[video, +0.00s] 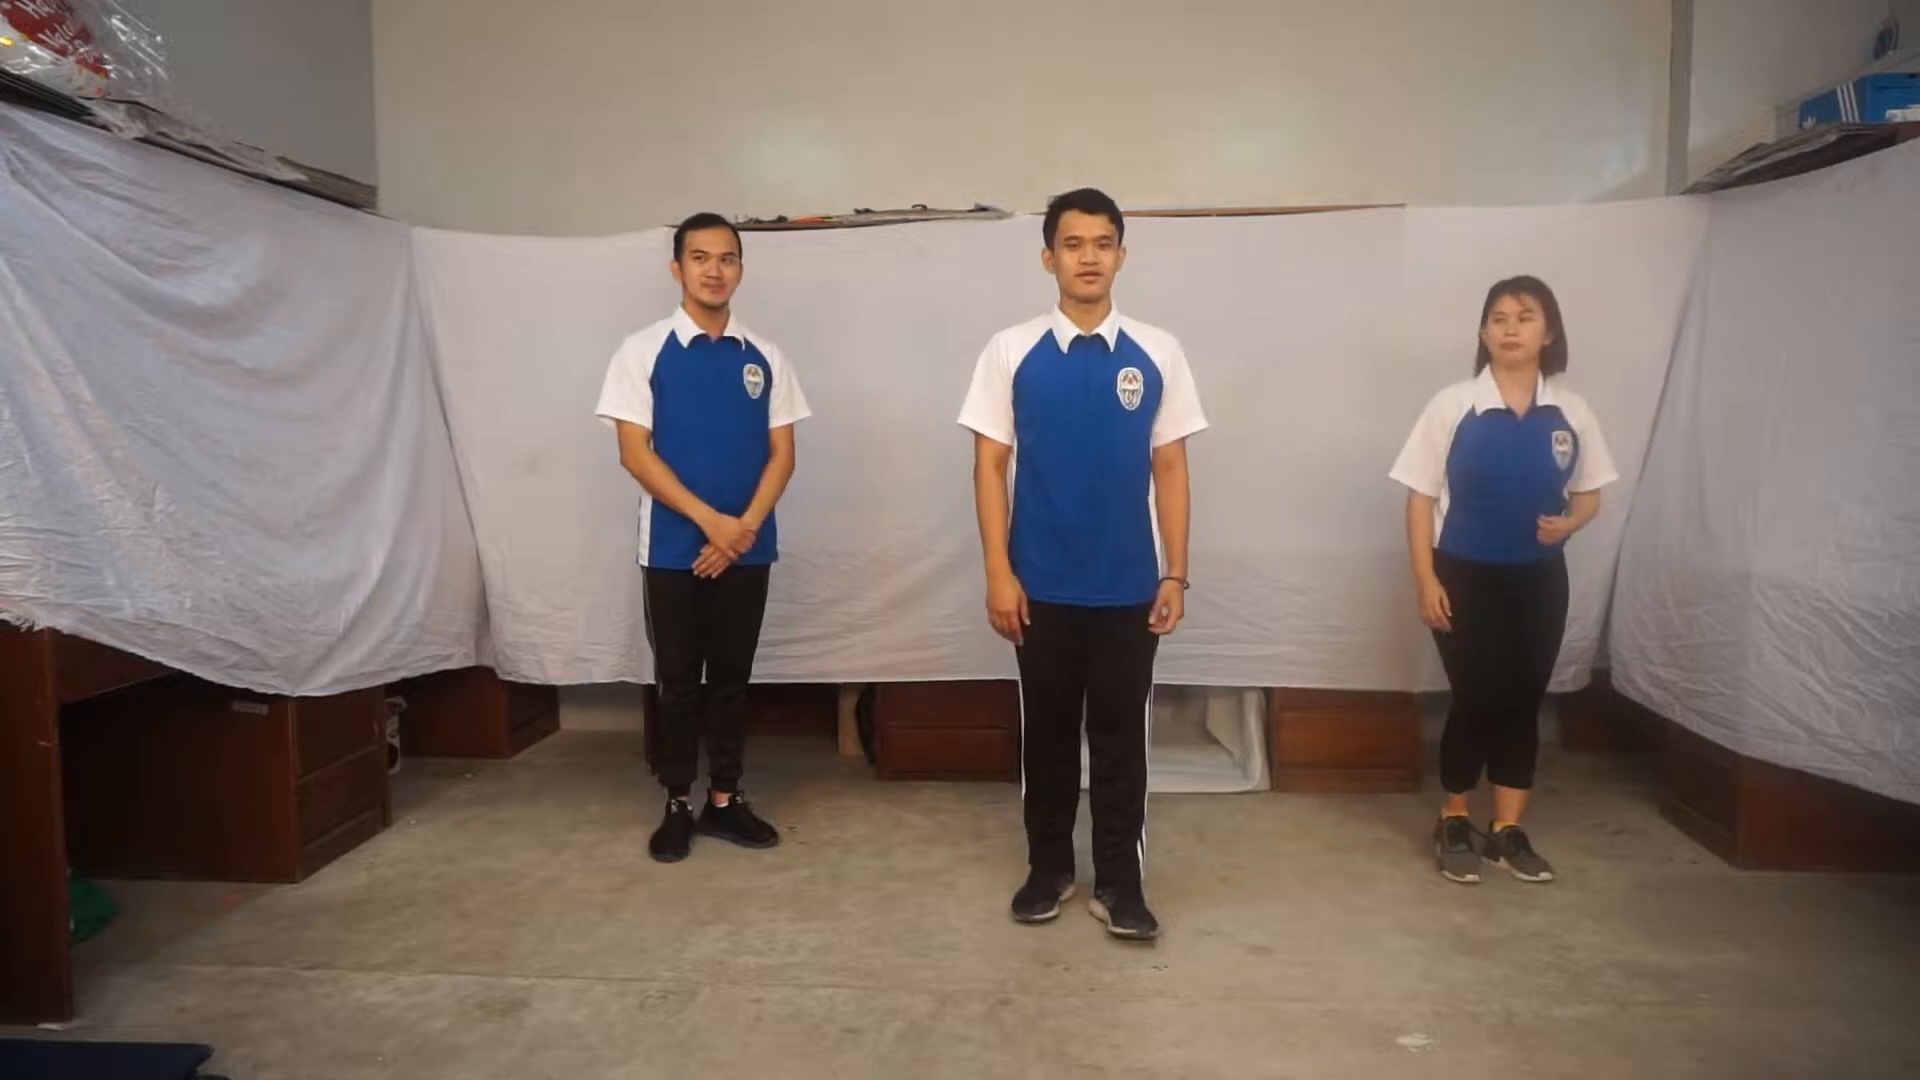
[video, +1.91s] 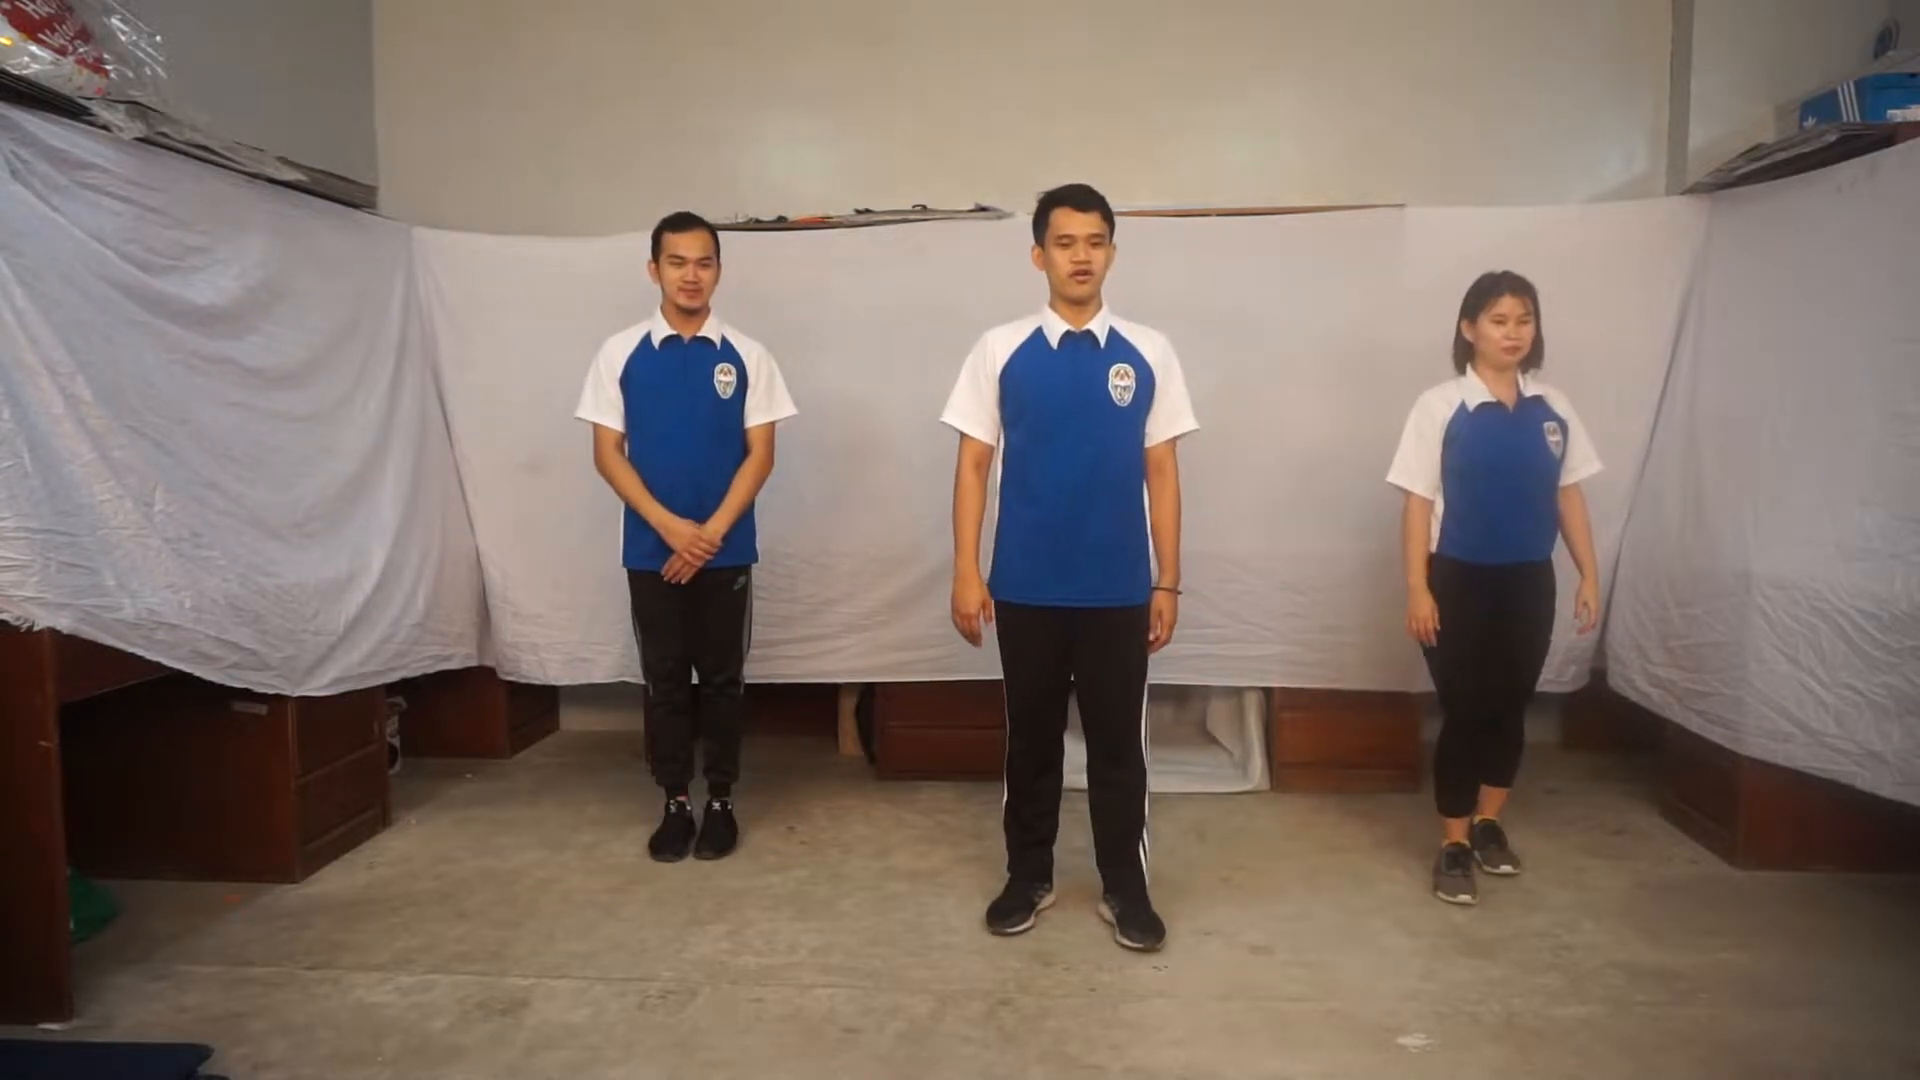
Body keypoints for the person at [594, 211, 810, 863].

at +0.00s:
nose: (717, 269)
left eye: (728, 259)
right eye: (702, 258)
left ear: (740, 270)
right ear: (678, 269)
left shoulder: (765, 356)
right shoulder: (642, 351)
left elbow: (783, 455)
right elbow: (634, 454)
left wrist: (738, 535)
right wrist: (710, 518)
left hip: (747, 552)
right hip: (673, 553)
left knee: (731, 682)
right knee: (678, 684)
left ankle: (725, 801)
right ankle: (678, 805)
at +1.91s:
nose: (693, 274)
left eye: (704, 263)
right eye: (678, 263)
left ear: (718, 270)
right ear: (655, 271)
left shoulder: (747, 357)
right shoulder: (620, 353)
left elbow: (761, 457)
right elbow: (607, 454)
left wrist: (708, 538)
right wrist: (665, 522)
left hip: (726, 554)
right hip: (653, 555)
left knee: (721, 684)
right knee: (665, 686)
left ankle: (720, 802)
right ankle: (676, 804)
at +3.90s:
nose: (648, 269)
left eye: (661, 259)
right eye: (635, 258)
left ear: (678, 271)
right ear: (615, 267)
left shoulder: (706, 356)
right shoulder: (580, 354)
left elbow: (750, 440)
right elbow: (546, 445)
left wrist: (798, 523)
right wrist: (570, 513)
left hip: (692, 553)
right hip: (619, 555)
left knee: (704, 681)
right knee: (634, 682)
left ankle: (724, 800)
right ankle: (639, 800)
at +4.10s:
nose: (658, 269)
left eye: (671, 258)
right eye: (645, 256)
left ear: (687, 269)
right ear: (624, 266)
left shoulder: (717, 353)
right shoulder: (593, 353)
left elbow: (762, 429)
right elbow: (558, 430)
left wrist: (808, 493)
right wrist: (539, 464)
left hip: (695, 549)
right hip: (622, 550)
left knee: (699, 673)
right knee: (630, 677)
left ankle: (748, 800)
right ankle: (634, 798)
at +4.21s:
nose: (670, 274)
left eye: (683, 262)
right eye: (656, 262)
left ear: (700, 271)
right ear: (638, 272)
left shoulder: (730, 352)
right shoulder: (610, 357)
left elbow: (755, 422)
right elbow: (570, 440)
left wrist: (761, 468)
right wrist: (504, 393)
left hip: (707, 553)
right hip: (638, 554)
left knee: (701, 676)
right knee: (631, 674)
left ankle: (750, 811)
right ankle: (634, 799)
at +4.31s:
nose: (663, 274)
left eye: (677, 262)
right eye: (658, 263)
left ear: (715, 270)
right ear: (654, 272)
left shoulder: (740, 349)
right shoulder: (642, 351)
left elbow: (728, 442)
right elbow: (573, 406)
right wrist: (555, 332)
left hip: (728, 554)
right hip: (663, 552)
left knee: (728, 682)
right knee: (657, 676)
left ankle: (753, 813)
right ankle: (638, 797)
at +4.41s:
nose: (673, 274)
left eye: (685, 263)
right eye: (674, 263)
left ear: (725, 270)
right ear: (709, 272)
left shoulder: (739, 346)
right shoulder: (699, 337)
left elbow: (687, 451)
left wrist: (591, 462)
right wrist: (623, 278)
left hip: (749, 550)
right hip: (707, 545)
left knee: (741, 681)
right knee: (686, 664)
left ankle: (754, 817)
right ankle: (730, 792)